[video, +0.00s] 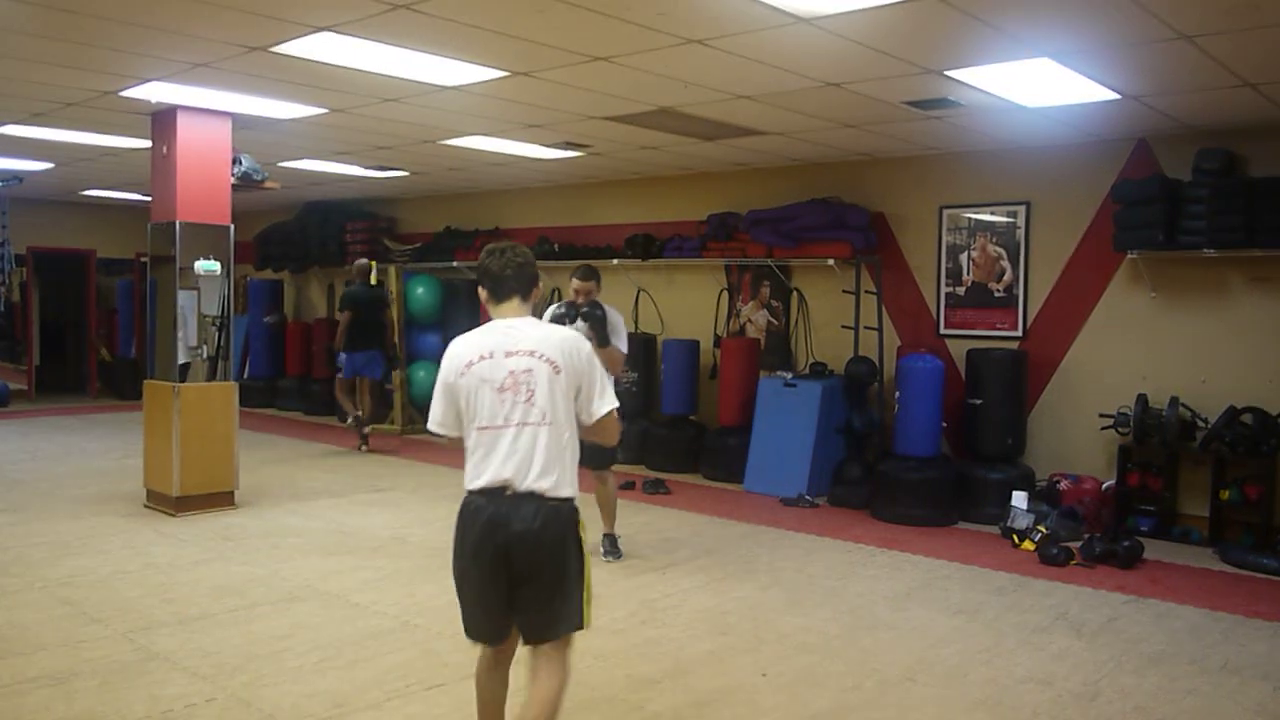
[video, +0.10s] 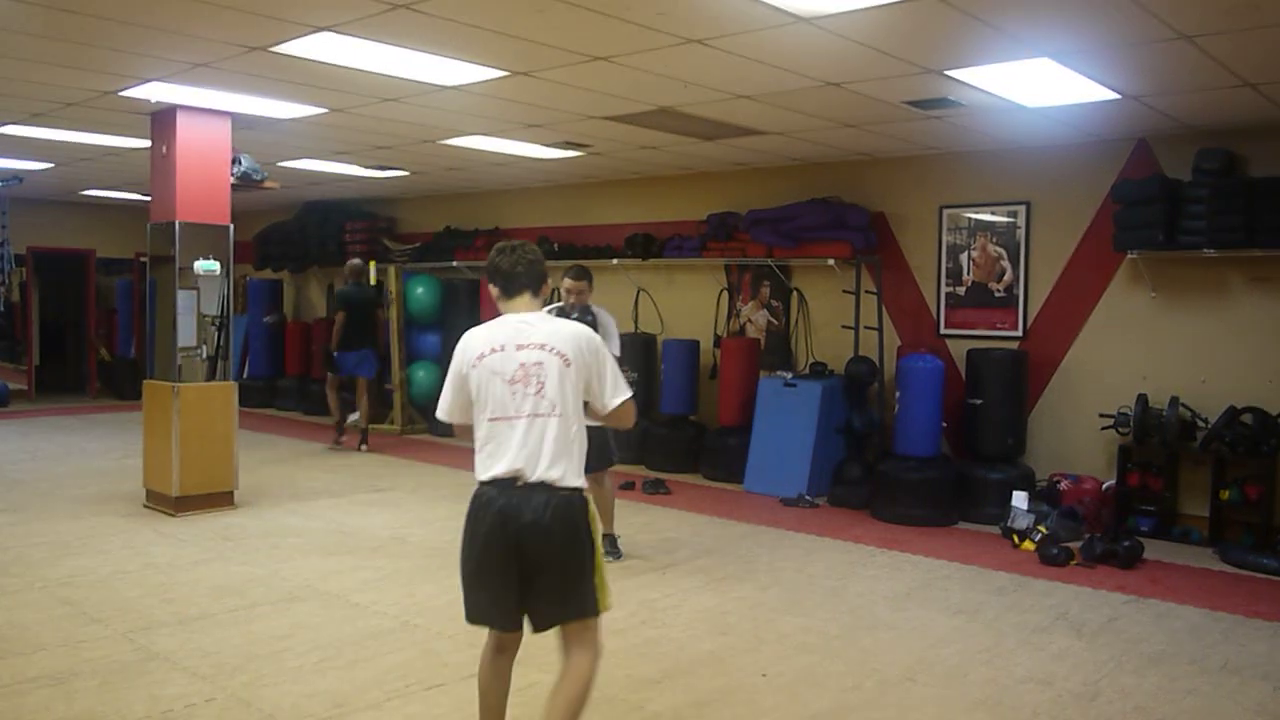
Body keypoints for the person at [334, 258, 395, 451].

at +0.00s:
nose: (352, 273)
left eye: (354, 271)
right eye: (356, 270)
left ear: (355, 273)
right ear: (371, 274)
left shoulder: (349, 294)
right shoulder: (380, 294)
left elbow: (345, 321)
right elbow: (389, 321)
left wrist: (338, 345)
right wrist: (390, 345)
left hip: (353, 348)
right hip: (375, 347)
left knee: (342, 389)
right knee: (366, 391)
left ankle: (353, 413)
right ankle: (364, 436)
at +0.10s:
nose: (345, 274)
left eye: (346, 271)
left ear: (347, 274)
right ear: (364, 274)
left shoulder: (342, 293)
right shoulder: (373, 293)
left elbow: (340, 320)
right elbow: (381, 318)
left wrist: (333, 345)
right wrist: (379, 343)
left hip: (346, 346)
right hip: (367, 346)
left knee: (332, 386)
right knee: (363, 391)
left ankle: (339, 424)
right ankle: (364, 437)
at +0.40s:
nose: (319, 276)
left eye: (320, 273)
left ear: (321, 276)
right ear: (337, 275)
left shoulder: (316, 297)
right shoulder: (346, 293)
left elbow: (315, 324)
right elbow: (356, 317)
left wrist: (311, 348)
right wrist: (358, 337)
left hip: (323, 348)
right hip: (344, 346)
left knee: (317, 388)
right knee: (340, 387)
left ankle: (318, 433)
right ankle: (351, 415)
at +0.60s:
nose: (310, 277)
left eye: (310, 274)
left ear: (310, 275)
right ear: (326, 274)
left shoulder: (304, 293)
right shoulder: (334, 291)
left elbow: (298, 320)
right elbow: (345, 318)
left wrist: (291, 337)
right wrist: (345, 339)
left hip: (311, 345)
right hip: (331, 344)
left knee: (313, 387)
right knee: (324, 382)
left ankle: (317, 432)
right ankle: (326, 419)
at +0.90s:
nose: (298, 279)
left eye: (297, 276)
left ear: (296, 277)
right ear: (311, 278)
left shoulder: (290, 295)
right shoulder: (319, 295)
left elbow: (285, 319)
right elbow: (328, 318)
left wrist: (276, 337)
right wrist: (330, 341)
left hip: (296, 344)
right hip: (315, 344)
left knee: (294, 381)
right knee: (306, 382)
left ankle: (309, 418)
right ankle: (302, 420)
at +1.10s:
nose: (288, 276)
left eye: (289, 273)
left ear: (290, 275)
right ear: (304, 276)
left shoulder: (285, 293)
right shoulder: (312, 294)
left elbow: (279, 320)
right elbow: (319, 318)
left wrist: (273, 342)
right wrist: (315, 336)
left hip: (287, 342)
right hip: (307, 342)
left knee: (275, 377)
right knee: (301, 382)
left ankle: (286, 412)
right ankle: (301, 426)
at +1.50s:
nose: (261, 277)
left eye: (263, 274)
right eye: (263, 273)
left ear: (264, 276)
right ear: (279, 277)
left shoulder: (261, 293)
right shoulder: (288, 294)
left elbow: (256, 319)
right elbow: (296, 317)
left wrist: (252, 342)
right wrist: (294, 338)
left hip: (264, 342)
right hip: (284, 342)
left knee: (262, 379)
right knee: (282, 378)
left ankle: (264, 421)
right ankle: (289, 406)